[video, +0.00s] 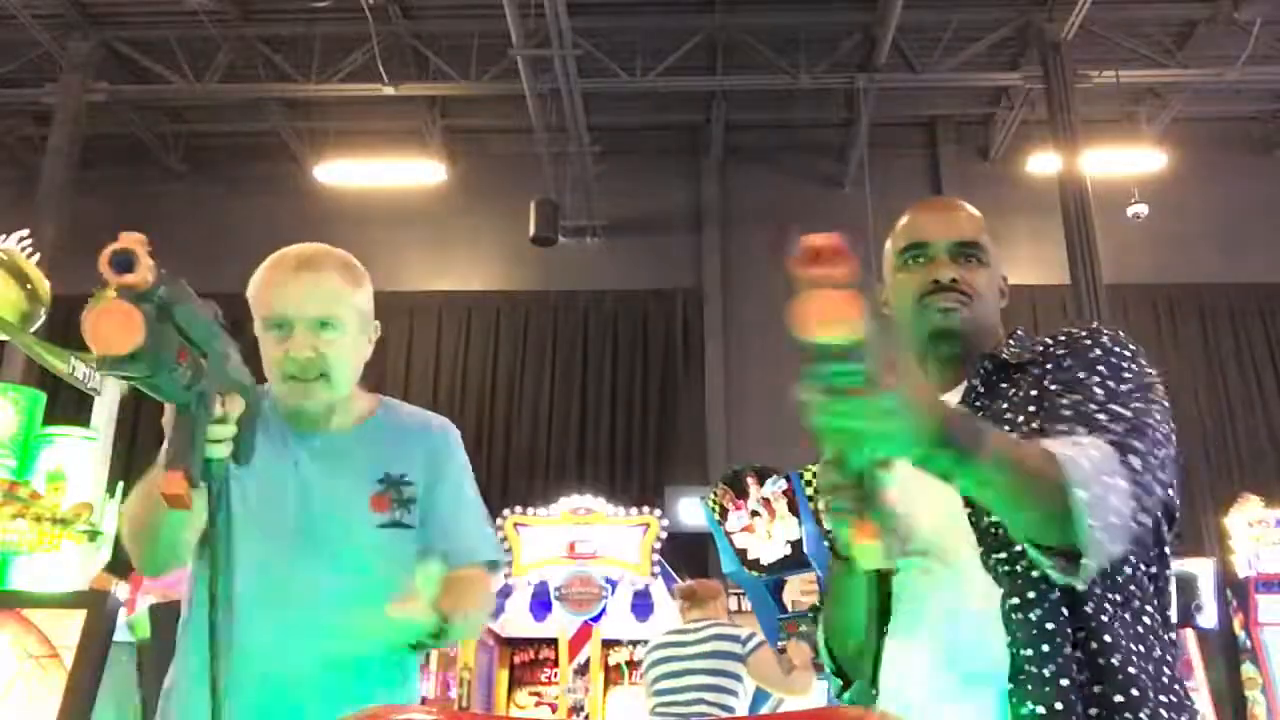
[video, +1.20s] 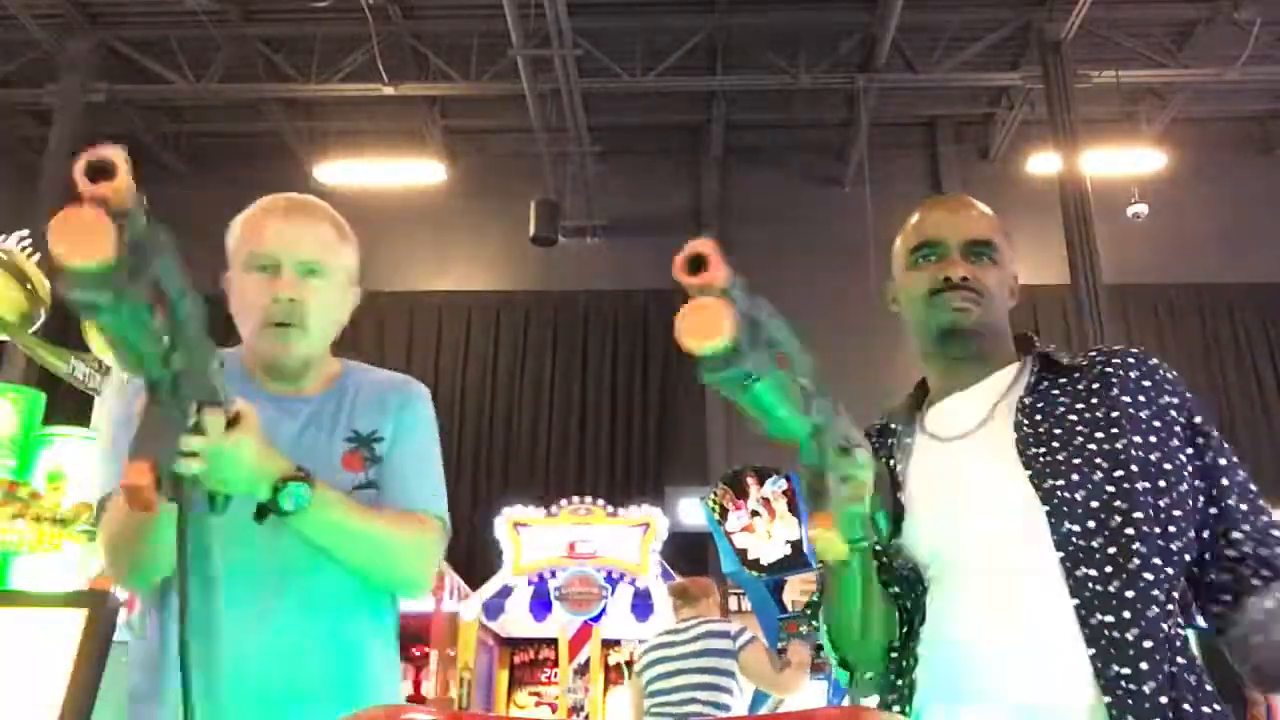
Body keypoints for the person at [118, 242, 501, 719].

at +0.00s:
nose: (300, 349)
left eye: (325, 326)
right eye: (279, 327)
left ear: (369, 338)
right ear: (256, 337)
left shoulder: (427, 444)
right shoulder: (216, 426)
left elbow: (472, 579)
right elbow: (150, 556)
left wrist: (440, 617)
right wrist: (183, 453)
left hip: (365, 705)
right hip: (215, 704)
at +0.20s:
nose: (299, 336)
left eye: (324, 314)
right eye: (277, 313)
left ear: (367, 325)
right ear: (251, 324)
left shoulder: (419, 439)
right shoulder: (205, 416)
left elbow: (443, 584)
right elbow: (141, 560)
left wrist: (404, 634)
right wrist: (183, 439)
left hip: (350, 712)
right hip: (197, 705)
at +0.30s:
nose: (256, 315)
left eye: (282, 290)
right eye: (233, 290)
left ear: (328, 308)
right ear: (207, 304)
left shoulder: (383, 424)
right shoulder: (157, 402)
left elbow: (408, 581)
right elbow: (90, 549)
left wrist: (339, 635)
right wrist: (105, 447)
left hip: (312, 714)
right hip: (148, 707)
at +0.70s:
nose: (293, 256)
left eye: (322, 232)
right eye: (269, 230)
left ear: (374, 254)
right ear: (240, 246)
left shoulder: (434, 388)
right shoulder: (181, 366)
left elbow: (468, 566)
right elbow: (103, 525)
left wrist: (368, 646)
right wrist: (86, 403)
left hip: (341, 710)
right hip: (164, 701)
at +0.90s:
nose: (308, 296)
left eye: (333, 279)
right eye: (286, 274)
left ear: (373, 305)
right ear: (256, 292)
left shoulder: (423, 423)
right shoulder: (208, 402)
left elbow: (473, 586)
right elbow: (149, 540)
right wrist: (156, 440)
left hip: (363, 706)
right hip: (202, 704)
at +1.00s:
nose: (337, 303)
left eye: (362, 284)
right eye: (316, 281)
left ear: (402, 308)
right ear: (286, 299)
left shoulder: (445, 417)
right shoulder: (238, 401)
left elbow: (471, 571)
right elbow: (183, 553)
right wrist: (201, 474)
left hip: (384, 705)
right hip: (240, 703)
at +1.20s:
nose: (286, 291)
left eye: (311, 272)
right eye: (263, 269)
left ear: (351, 297)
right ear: (228, 288)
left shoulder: (397, 405)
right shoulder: (172, 390)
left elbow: (415, 564)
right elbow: (132, 569)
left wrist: (272, 478)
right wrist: (163, 458)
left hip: (344, 705)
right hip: (184, 705)